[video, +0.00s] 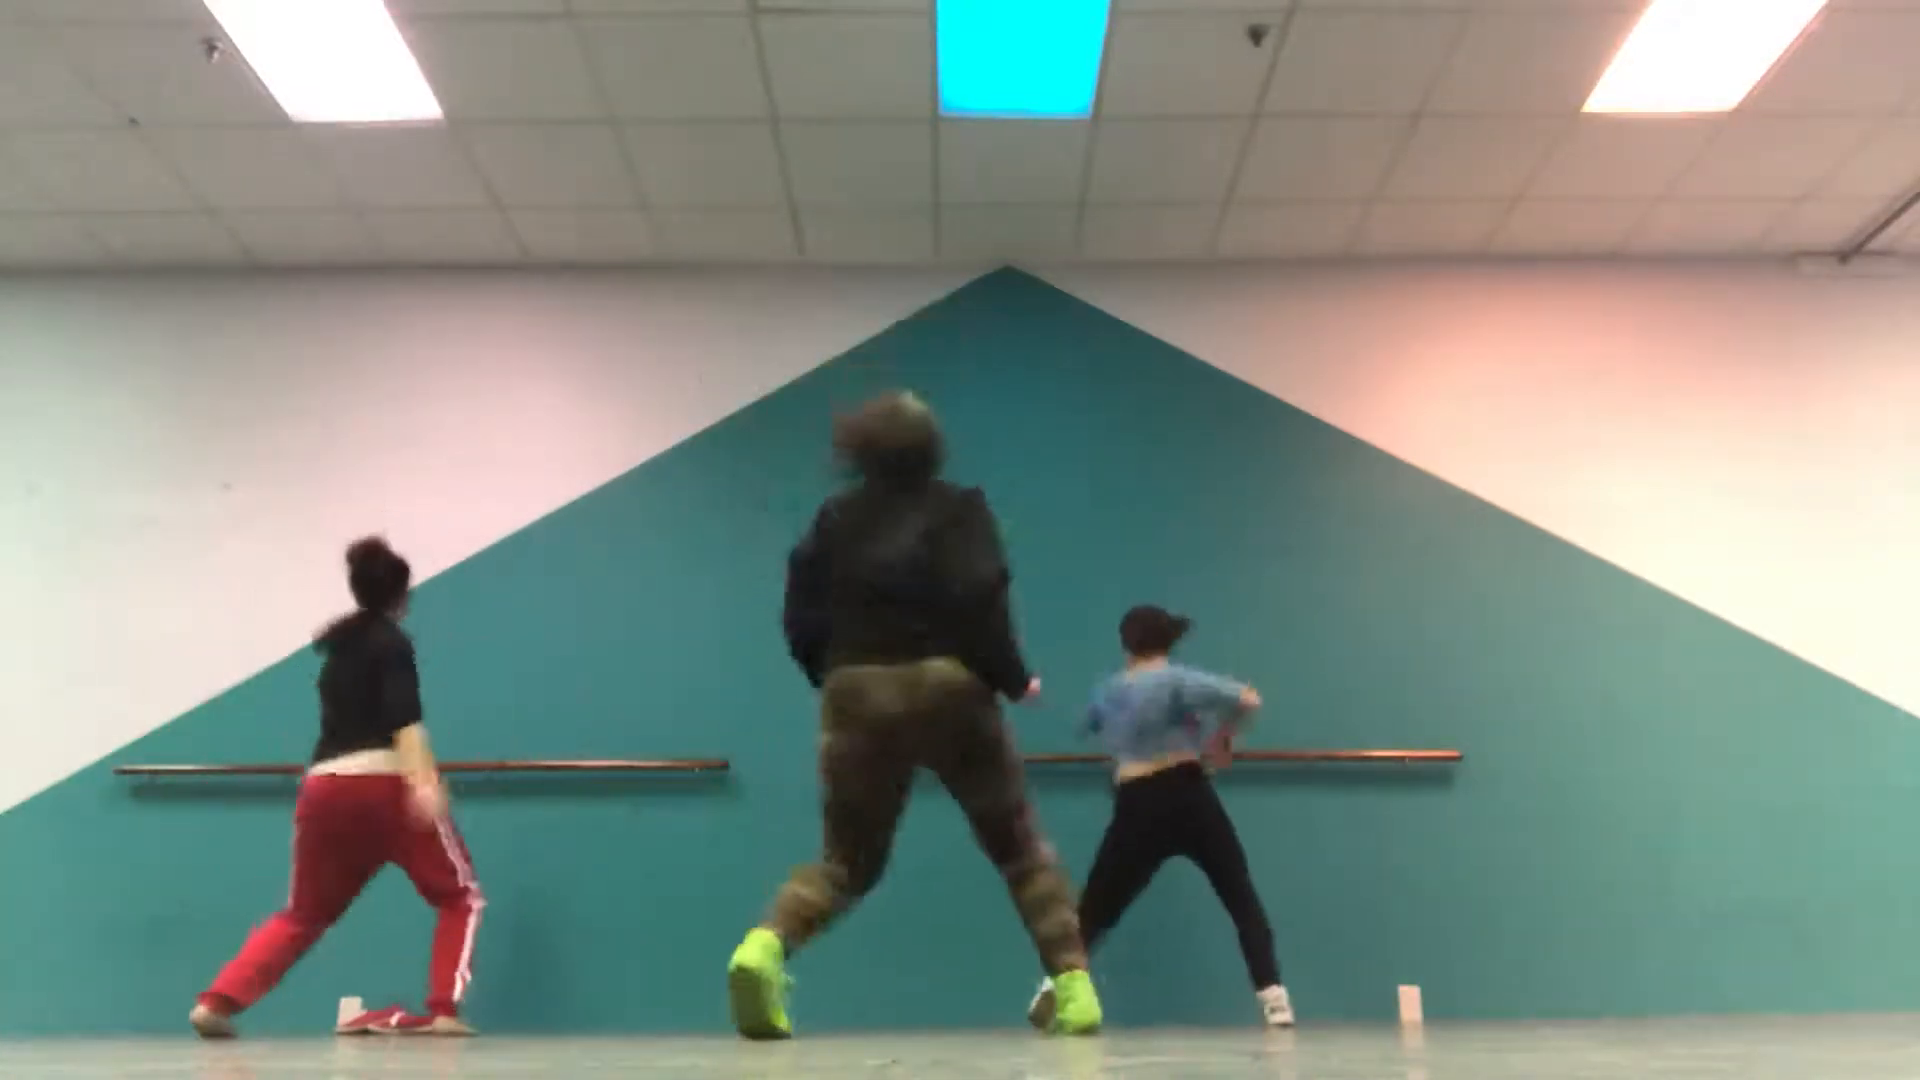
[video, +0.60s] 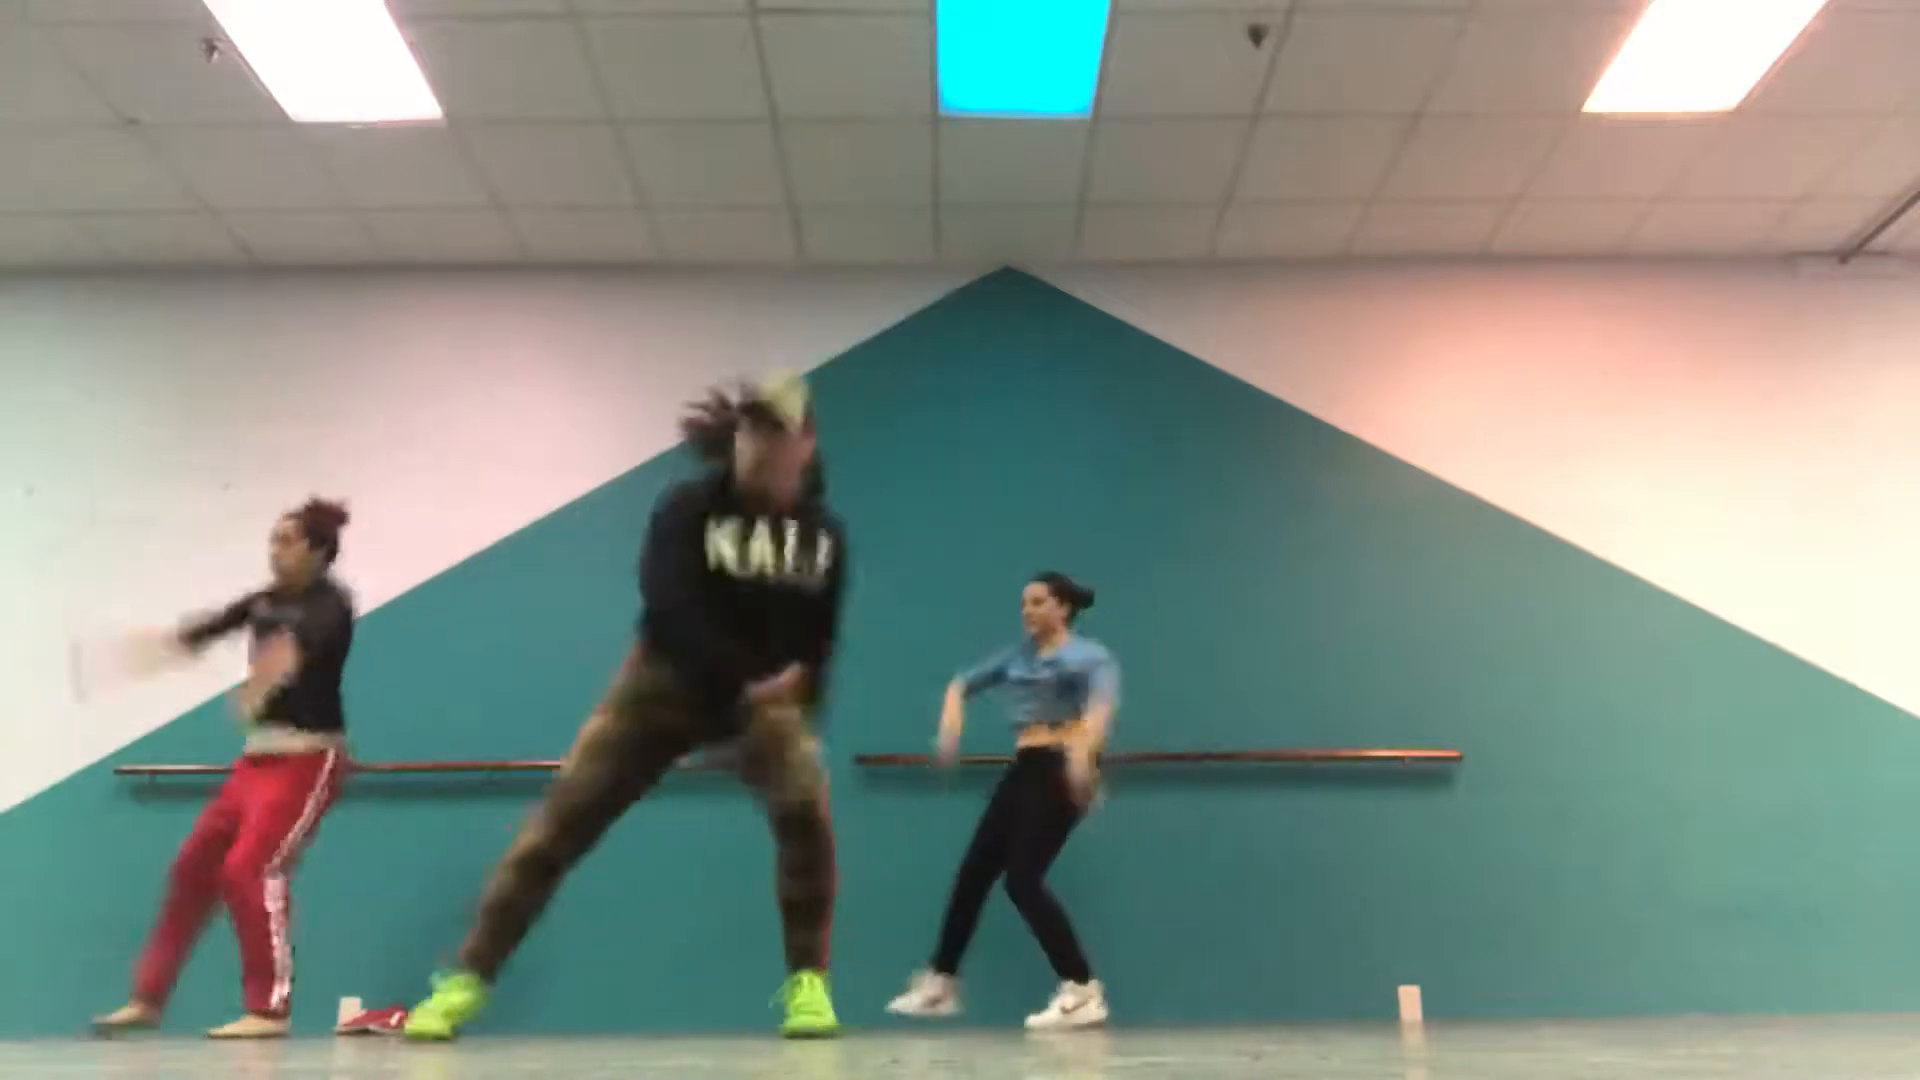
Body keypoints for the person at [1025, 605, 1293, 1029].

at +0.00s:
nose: (1171, 649)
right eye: (1171, 642)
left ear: (1128, 646)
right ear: (1168, 644)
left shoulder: (1110, 690)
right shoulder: (1178, 679)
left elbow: (1086, 729)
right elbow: (1248, 699)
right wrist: (1224, 738)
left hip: (1137, 799)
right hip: (1188, 791)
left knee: (1100, 900)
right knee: (1238, 893)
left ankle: (1058, 982)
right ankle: (1272, 993)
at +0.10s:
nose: (1178, 659)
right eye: (1176, 653)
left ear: (1129, 656)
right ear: (1171, 655)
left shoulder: (1107, 699)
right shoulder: (1191, 692)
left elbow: (1082, 729)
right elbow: (1267, 713)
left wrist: (1127, 729)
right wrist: (1213, 722)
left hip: (1137, 817)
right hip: (1194, 812)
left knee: (1082, 906)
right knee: (1245, 898)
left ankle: (1073, 995)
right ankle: (1273, 994)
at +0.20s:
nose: (1110, 635)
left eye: (1113, 628)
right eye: (1111, 628)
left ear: (1125, 630)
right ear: (1160, 631)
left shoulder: (1105, 665)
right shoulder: (1187, 674)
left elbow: (1059, 650)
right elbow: (1201, 663)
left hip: (1128, 792)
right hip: (1176, 793)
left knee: (1051, 884)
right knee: (1211, 892)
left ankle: (1085, 993)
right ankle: (1266, 987)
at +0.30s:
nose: (1092, 604)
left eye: (1098, 597)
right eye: (1096, 598)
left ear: (1113, 602)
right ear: (1135, 607)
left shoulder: (1115, 630)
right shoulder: (1150, 656)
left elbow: (1078, 582)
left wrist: (1037, 537)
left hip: (1106, 772)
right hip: (1133, 774)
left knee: (1048, 880)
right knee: (1140, 896)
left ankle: (1084, 990)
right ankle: (1227, 965)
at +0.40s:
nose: (1070, 610)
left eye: (1078, 600)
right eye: (1070, 603)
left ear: (1097, 601)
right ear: (1082, 605)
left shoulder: (1115, 636)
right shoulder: (1076, 644)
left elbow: (1077, 582)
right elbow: (1035, 608)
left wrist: (1058, 522)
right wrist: (1051, 555)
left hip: (1099, 763)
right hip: (1080, 764)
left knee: (1048, 878)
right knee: (1054, 880)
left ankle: (1084, 988)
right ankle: (1139, 947)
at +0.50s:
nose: (1046, 608)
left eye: (1056, 597)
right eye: (1044, 599)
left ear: (1083, 600)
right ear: (1045, 605)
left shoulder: (1100, 645)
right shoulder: (1049, 650)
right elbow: (991, 648)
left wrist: (1090, 612)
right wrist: (998, 586)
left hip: (1085, 760)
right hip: (1051, 762)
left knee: (1040, 872)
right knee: (996, 864)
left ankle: (1084, 989)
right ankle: (1028, 972)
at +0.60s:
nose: (1028, 612)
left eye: (1037, 603)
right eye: (1025, 604)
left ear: (1064, 609)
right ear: (1024, 611)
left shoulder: (1093, 659)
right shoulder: (1017, 659)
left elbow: (1100, 712)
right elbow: (958, 686)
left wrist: (1080, 751)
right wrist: (950, 733)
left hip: (1065, 764)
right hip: (1024, 766)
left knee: (1021, 876)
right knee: (976, 871)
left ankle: (1081, 989)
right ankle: (939, 982)